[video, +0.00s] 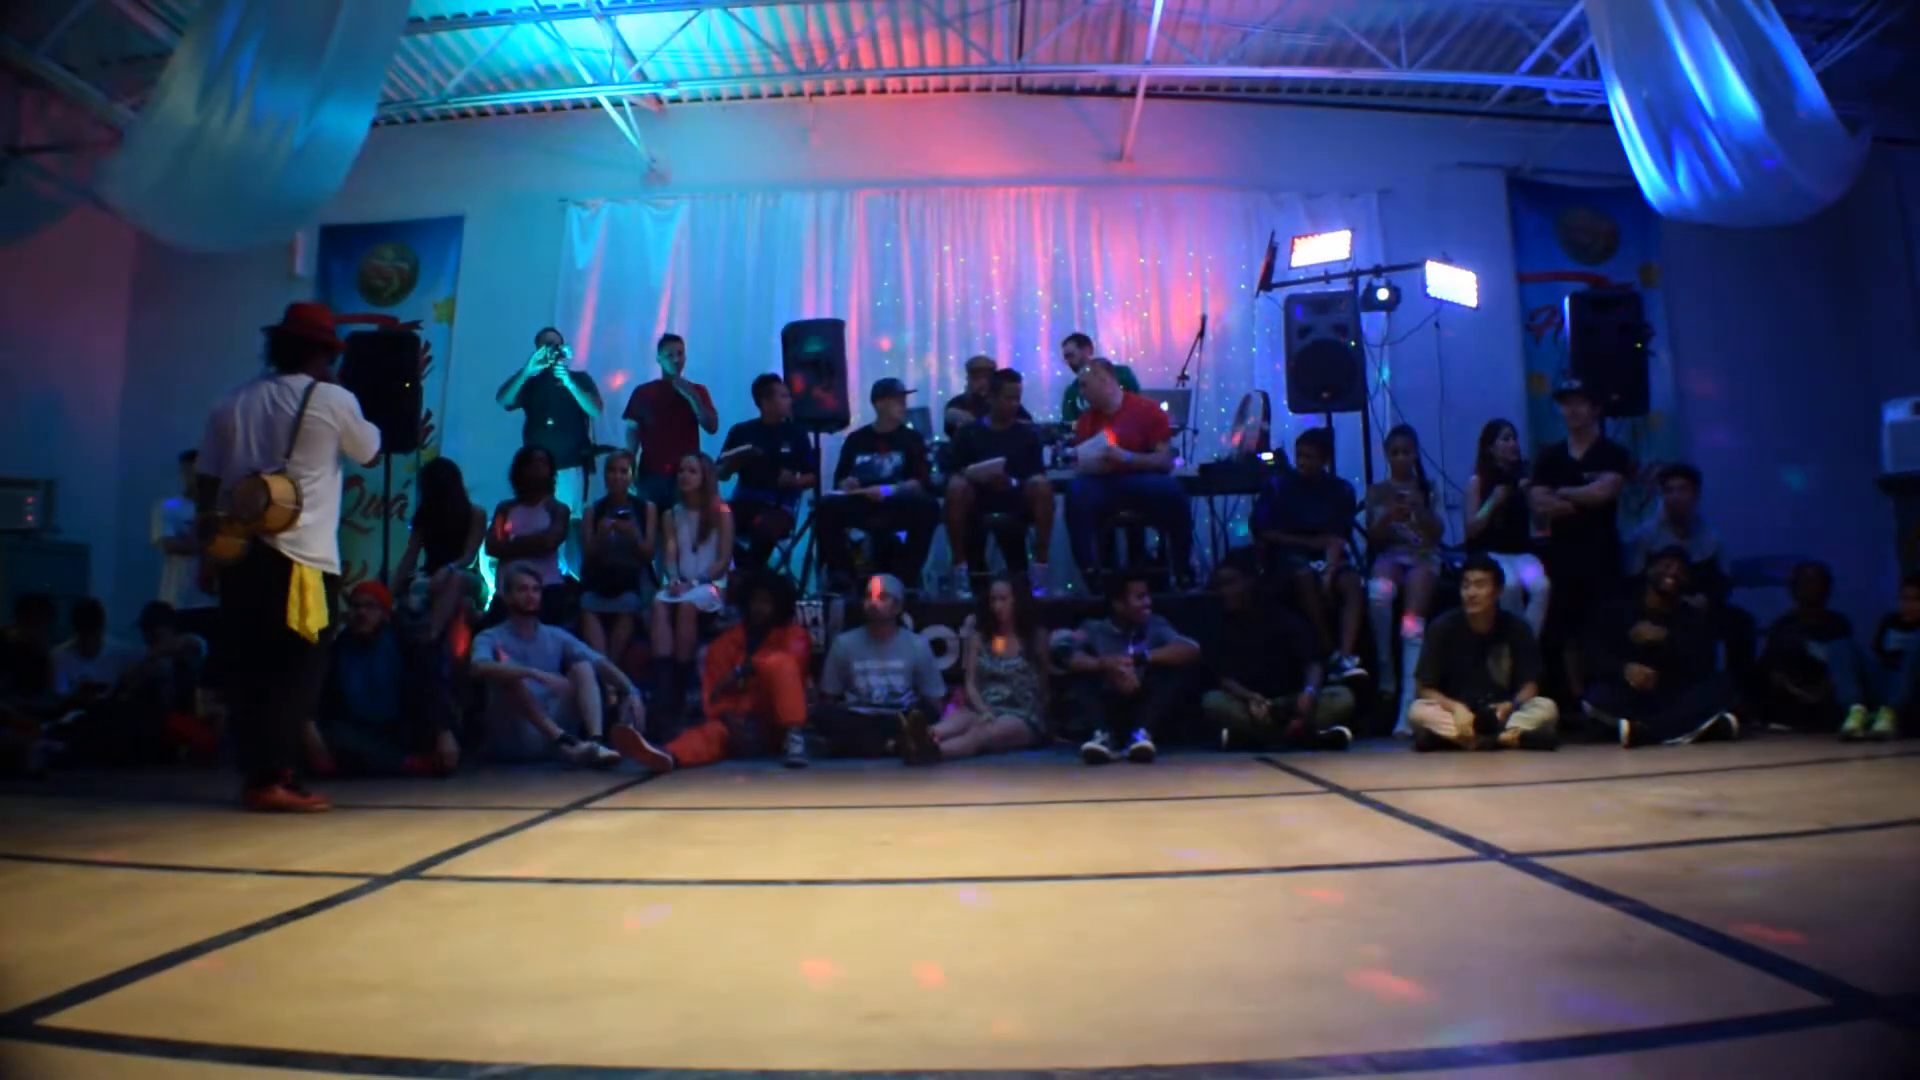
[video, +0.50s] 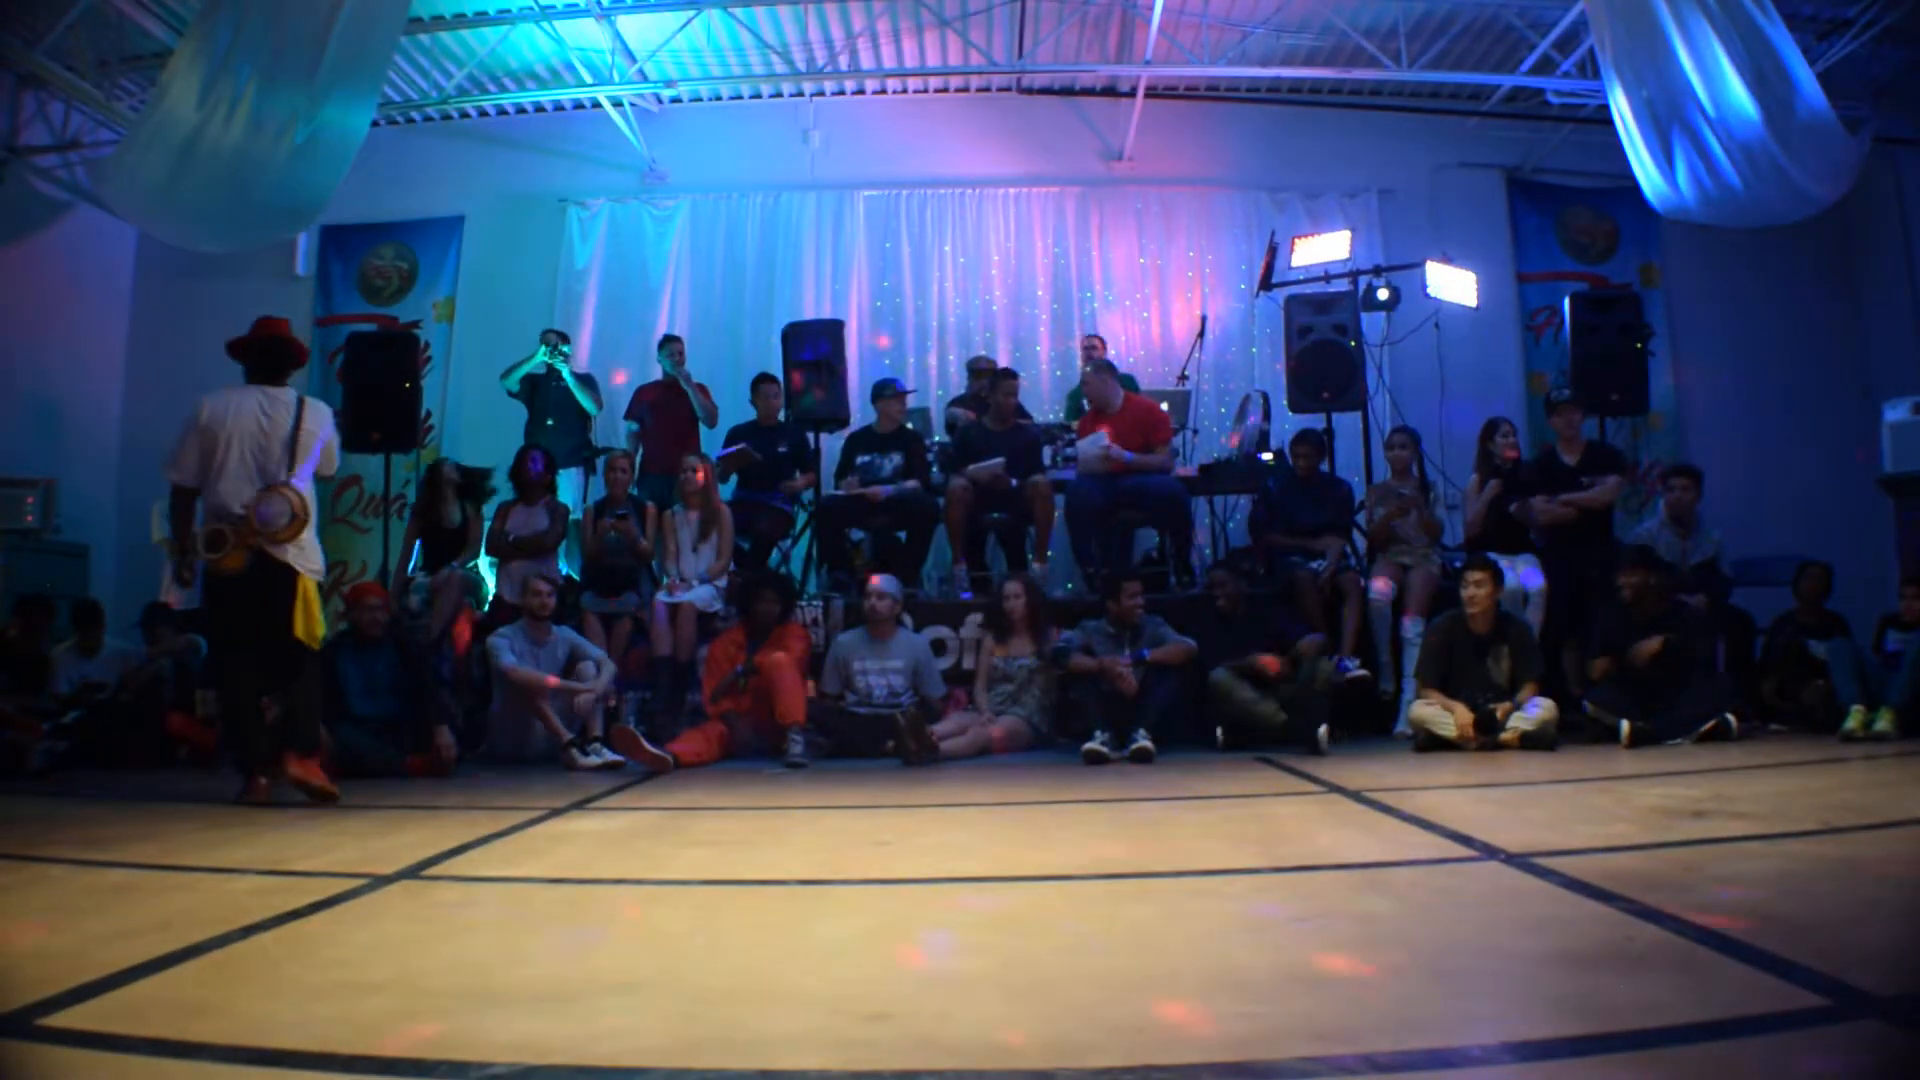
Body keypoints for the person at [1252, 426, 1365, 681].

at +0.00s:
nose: (1303, 462)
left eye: (1310, 456)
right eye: (1300, 455)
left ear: (1324, 459)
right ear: (1295, 456)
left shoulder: (1340, 489)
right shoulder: (1280, 486)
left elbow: (1341, 533)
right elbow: (1263, 531)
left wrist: (1330, 568)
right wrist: (1314, 543)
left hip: (1327, 551)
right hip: (1292, 552)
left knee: (1352, 581)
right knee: (1306, 579)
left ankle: (1345, 655)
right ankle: (1327, 655)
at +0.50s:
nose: (1302, 463)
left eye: (1308, 457)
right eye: (1297, 457)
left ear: (1320, 457)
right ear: (1290, 456)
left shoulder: (1338, 488)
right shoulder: (1277, 486)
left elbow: (1341, 534)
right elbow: (1263, 535)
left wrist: (1330, 566)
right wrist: (1313, 544)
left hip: (1328, 553)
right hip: (1291, 554)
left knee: (1353, 582)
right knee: (1304, 580)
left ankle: (1346, 657)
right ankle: (1319, 653)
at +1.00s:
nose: (1309, 461)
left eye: (1315, 455)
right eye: (1304, 454)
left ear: (1323, 456)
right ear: (1294, 454)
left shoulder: (1337, 486)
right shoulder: (1276, 485)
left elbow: (1347, 533)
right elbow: (1258, 533)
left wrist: (1329, 559)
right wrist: (1302, 528)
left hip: (1329, 553)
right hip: (1291, 554)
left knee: (1352, 584)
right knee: (1300, 582)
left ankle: (1344, 658)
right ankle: (1318, 656)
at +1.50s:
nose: (1319, 458)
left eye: (1323, 452)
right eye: (1313, 452)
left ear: (1327, 454)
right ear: (1296, 454)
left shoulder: (1338, 486)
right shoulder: (1278, 485)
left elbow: (1347, 535)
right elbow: (1267, 535)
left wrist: (1330, 562)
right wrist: (1299, 510)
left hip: (1329, 554)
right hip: (1292, 554)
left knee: (1354, 585)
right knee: (1301, 584)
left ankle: (1347, 657)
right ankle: (1314, 658)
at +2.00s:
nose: (1322, 454)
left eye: (1324, 447)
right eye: (1314, 449)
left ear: (1328, 451)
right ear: (1297, 454)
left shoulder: (1339, 487)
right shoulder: (1278, 486)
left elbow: (1345, 533)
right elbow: (1268, 535)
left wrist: (1330, 561)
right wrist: (1302, 507)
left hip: (1328, 556)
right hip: (1290, 555)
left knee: (1353, 585)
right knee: (1299, 583)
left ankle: (1342, 658)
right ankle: (1307, 658)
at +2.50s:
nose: (1323, 450)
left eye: (1324, 444)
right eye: (1317, 445)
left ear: (1326, 449)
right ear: (1297, 451)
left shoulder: (1338, 486)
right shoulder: (1276, 486)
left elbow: (1346, 531)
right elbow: (1264, 536)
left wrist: (1334, 557)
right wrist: (1296, 549)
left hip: (1329, 558)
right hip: (1292, 560)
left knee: (1353, 584)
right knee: (1298, 584)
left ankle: (1342, 658)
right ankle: (1308, 659)